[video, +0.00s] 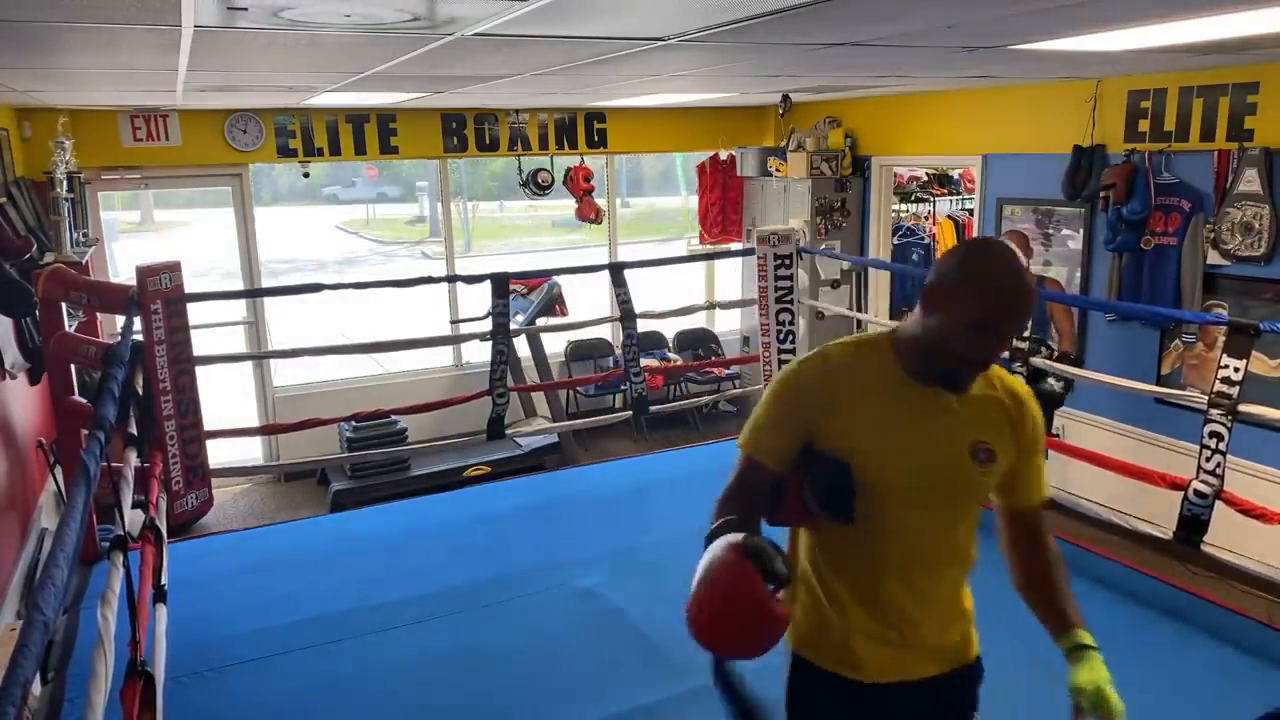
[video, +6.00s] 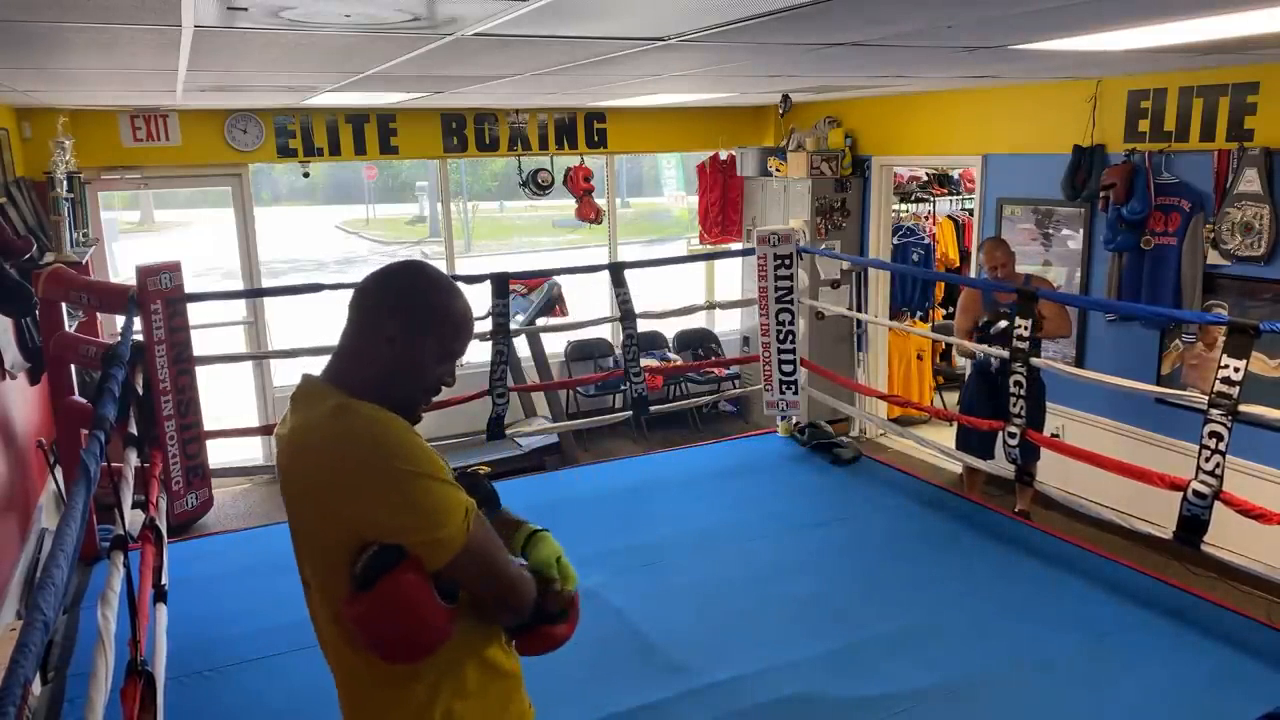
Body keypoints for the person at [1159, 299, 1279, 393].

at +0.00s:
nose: (1219, 326)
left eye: (1222, 322)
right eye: (1214, 320)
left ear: (1225, 327)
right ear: (1201, 324)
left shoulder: (1233, 350)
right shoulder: (1189, 348)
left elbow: (1271, 368)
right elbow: (1163, 369)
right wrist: (1179, 346)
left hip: (1218, 407)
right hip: (1188, 404)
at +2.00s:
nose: (1220, 327)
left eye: (1223, 323)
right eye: (1214, 321)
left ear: (1226, 328)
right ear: (1201, 326)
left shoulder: (1231, 350)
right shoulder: (1189, 349)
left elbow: (1271, 368)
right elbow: (1162, 370)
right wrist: (1178, 347)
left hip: (1218, 406)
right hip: (1189, 402)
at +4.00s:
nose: (1220, 327)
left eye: (1224, 323)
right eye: (1215, 322)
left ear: (1226, 327)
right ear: (1201, 325)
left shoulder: (1231, 349)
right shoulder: (1189, 348)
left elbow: (1270, 368)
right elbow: (1162, 369)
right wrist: (1179, 348)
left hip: (1218, 405)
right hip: (1189, 401)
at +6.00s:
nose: (1220, 327)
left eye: (1223, 323)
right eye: (1215, 322)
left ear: (1226, 327)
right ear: (1201, 325)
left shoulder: (1231, 349)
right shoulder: (1189, 349)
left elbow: (1270, 368)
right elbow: (1162, 369)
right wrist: (1180, 351)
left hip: (1218, 405)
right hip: (1189, 400)